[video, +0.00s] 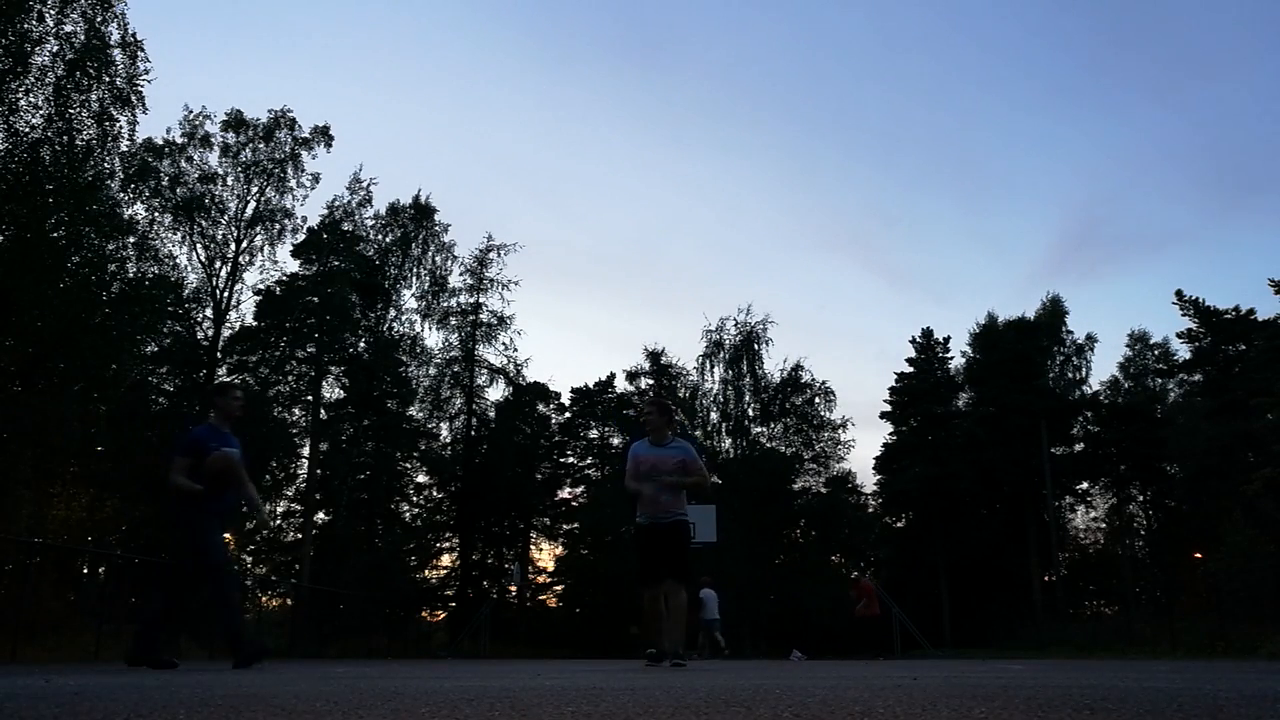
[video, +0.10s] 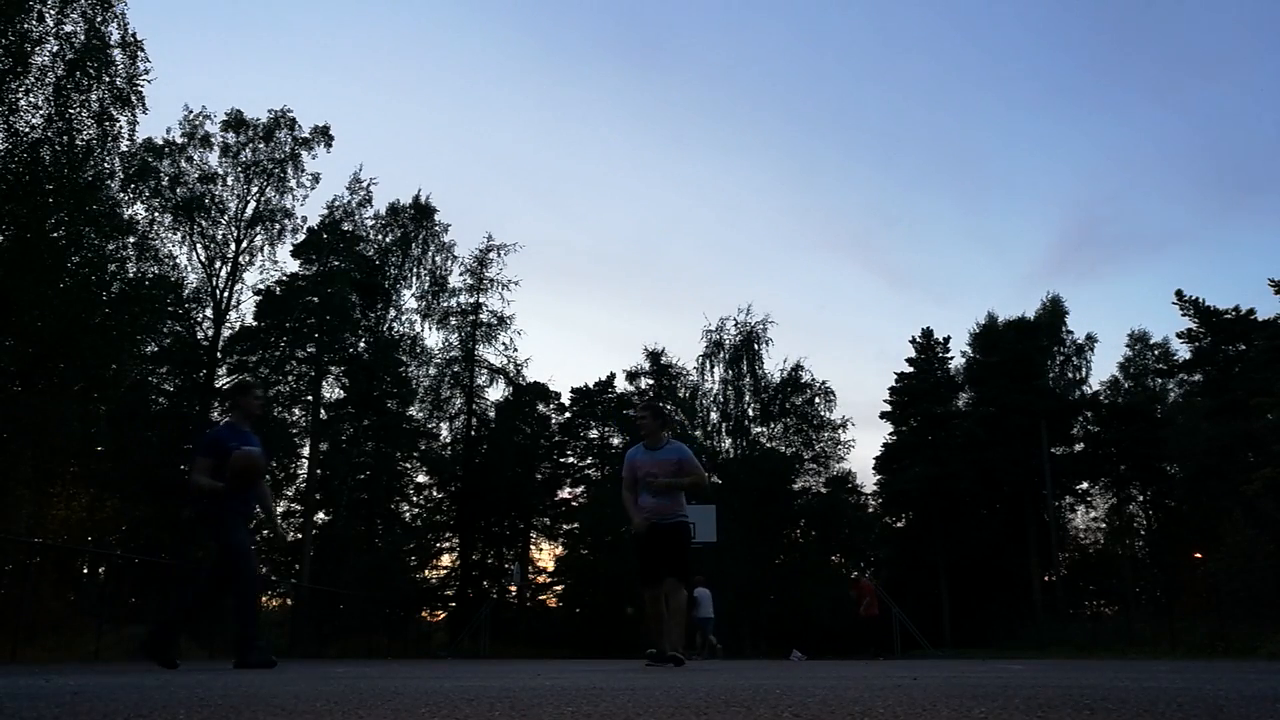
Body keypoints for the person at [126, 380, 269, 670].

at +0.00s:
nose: (239, 405)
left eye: (240, 401)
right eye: (234, 400)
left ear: (235, 406)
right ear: (219, 402)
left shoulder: (232, 441)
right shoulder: (198, 435)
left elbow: (242, 479)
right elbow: (176, 476)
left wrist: (259, 509)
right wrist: (199, 489)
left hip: (215, 521)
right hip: (194, 521)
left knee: (181, 583)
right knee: (224, 581)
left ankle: (148, 648)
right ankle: (240, 651)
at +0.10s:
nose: (260, 404)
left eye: (260, 399)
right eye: (255, 399)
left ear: (251, 404)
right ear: (238, 401)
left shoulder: (252, 439)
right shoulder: (219, 434)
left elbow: (258, 484)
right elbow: (198, 476)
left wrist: (273, 520)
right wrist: (225, 487)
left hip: (239, 519)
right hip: (218, 519)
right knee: (244, 579)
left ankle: (164, 641)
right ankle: (246, 652)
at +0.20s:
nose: (280, 399)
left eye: (279, 395)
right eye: (275, 394)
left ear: (268, 398)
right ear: (260, 396)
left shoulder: (270, 432)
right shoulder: (238, 428)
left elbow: (274, 481)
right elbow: (219, 470)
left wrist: (280, 520)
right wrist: (252, 467)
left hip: (261, 513)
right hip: (242, 513)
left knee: (258, 579)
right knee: (256, 578)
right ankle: (247, 651)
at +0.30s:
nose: (302, 396)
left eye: (303, 392)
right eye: (298, 391)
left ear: (294, 394)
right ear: (282, 390)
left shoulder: (288, 426)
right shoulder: (260, 421)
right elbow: (242, 458)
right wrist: (279, 448)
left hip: (279, 509)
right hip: (258, 509)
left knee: (288, 574)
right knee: (261, 575)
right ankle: (247, 650)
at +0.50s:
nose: (345, 407)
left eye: (349, 402)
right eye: (343, 400)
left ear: (347, 403)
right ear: (331, 395)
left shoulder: (332, 433)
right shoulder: (303, 424)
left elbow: (325, 469)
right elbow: (284, 457)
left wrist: (352, 462)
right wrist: (322, 465)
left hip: (316, 514)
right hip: (290, 513)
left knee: (331, 579)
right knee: (271, 579)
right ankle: (248, 651)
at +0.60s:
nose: (372, 414)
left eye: (376, 409)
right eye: (370, 407)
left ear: (373, 411)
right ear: (357, 401)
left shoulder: (353, 438)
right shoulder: (328, 426)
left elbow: (339, 478)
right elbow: (314, 469)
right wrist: (350, 498)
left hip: (335, 513)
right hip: (313, 511)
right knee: (289, 579)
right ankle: (254, 649)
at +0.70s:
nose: (398, 417)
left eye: (400, 412)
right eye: (396, 411)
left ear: (386, 408)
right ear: (384, 406)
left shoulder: (375, 439)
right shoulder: (354, 432)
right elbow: (338, 472)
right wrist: (367, 503)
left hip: (361, 522)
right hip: (346, 521)